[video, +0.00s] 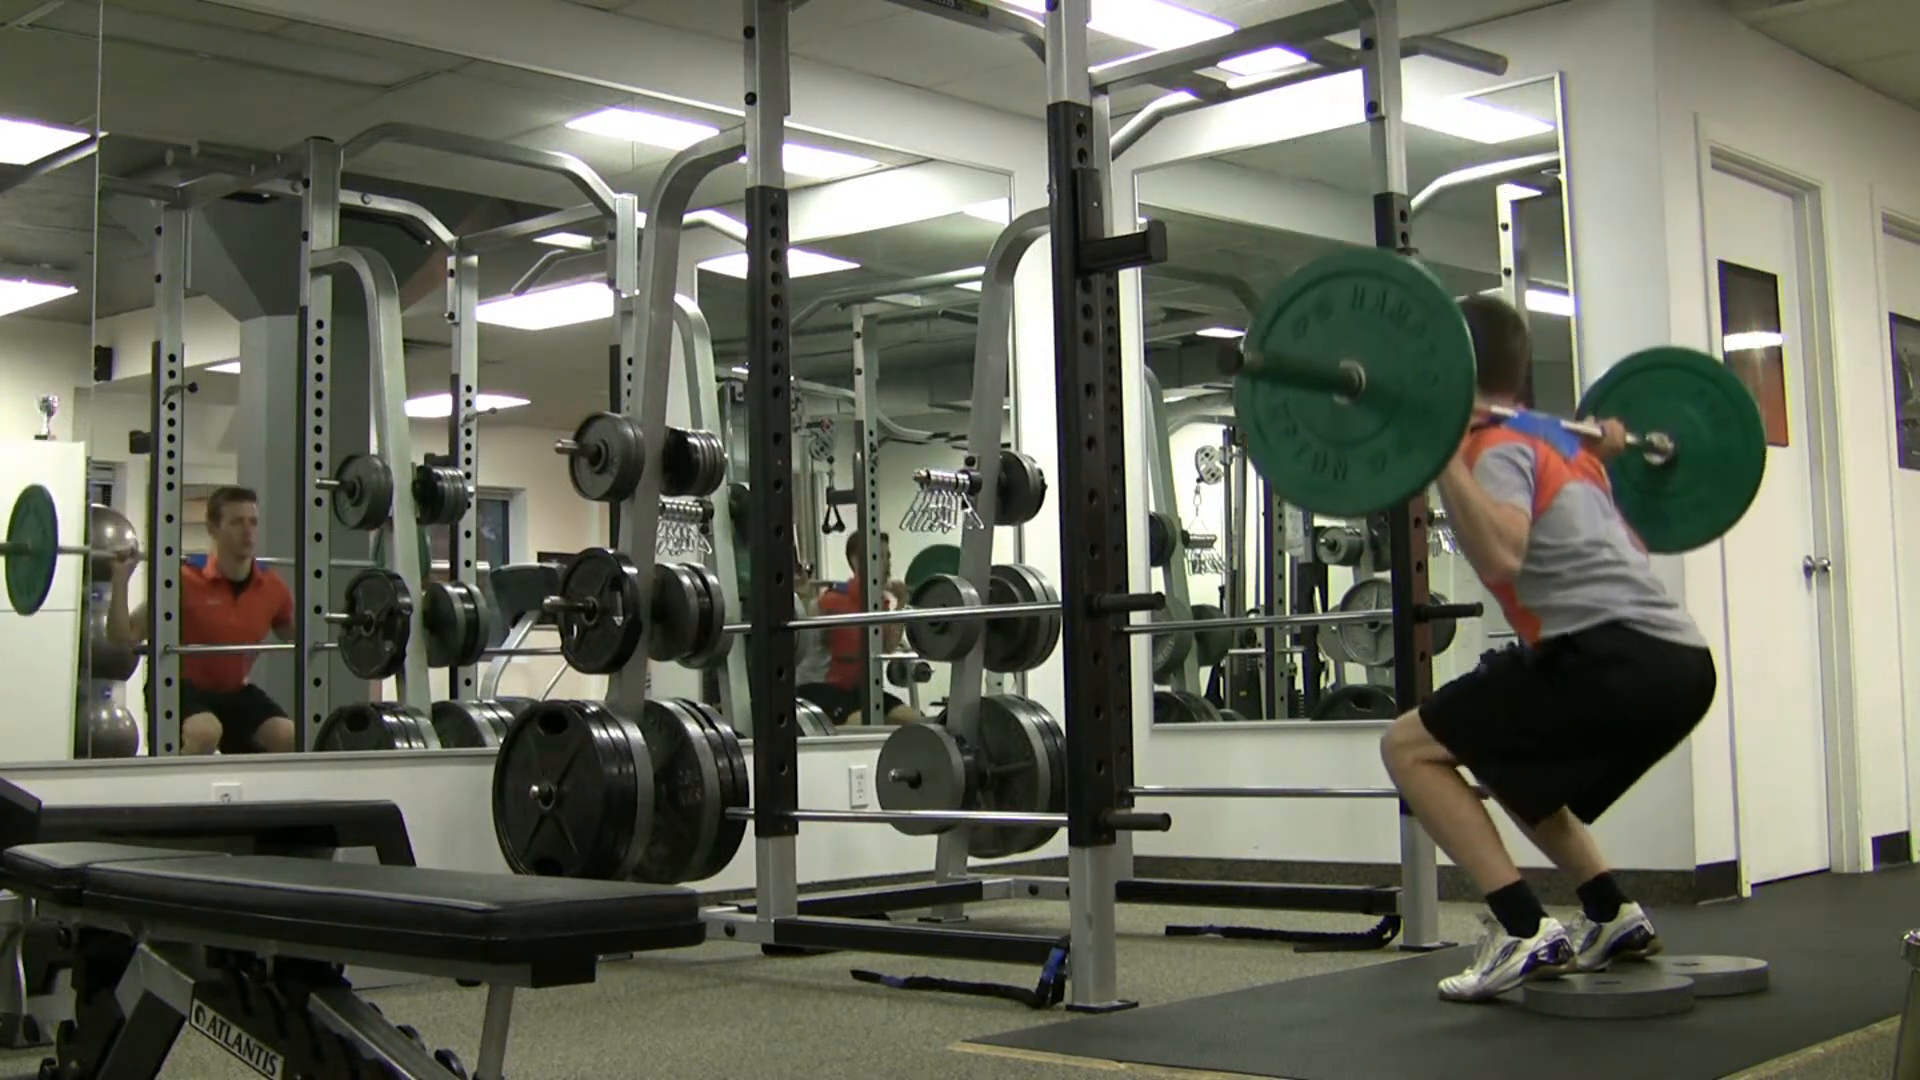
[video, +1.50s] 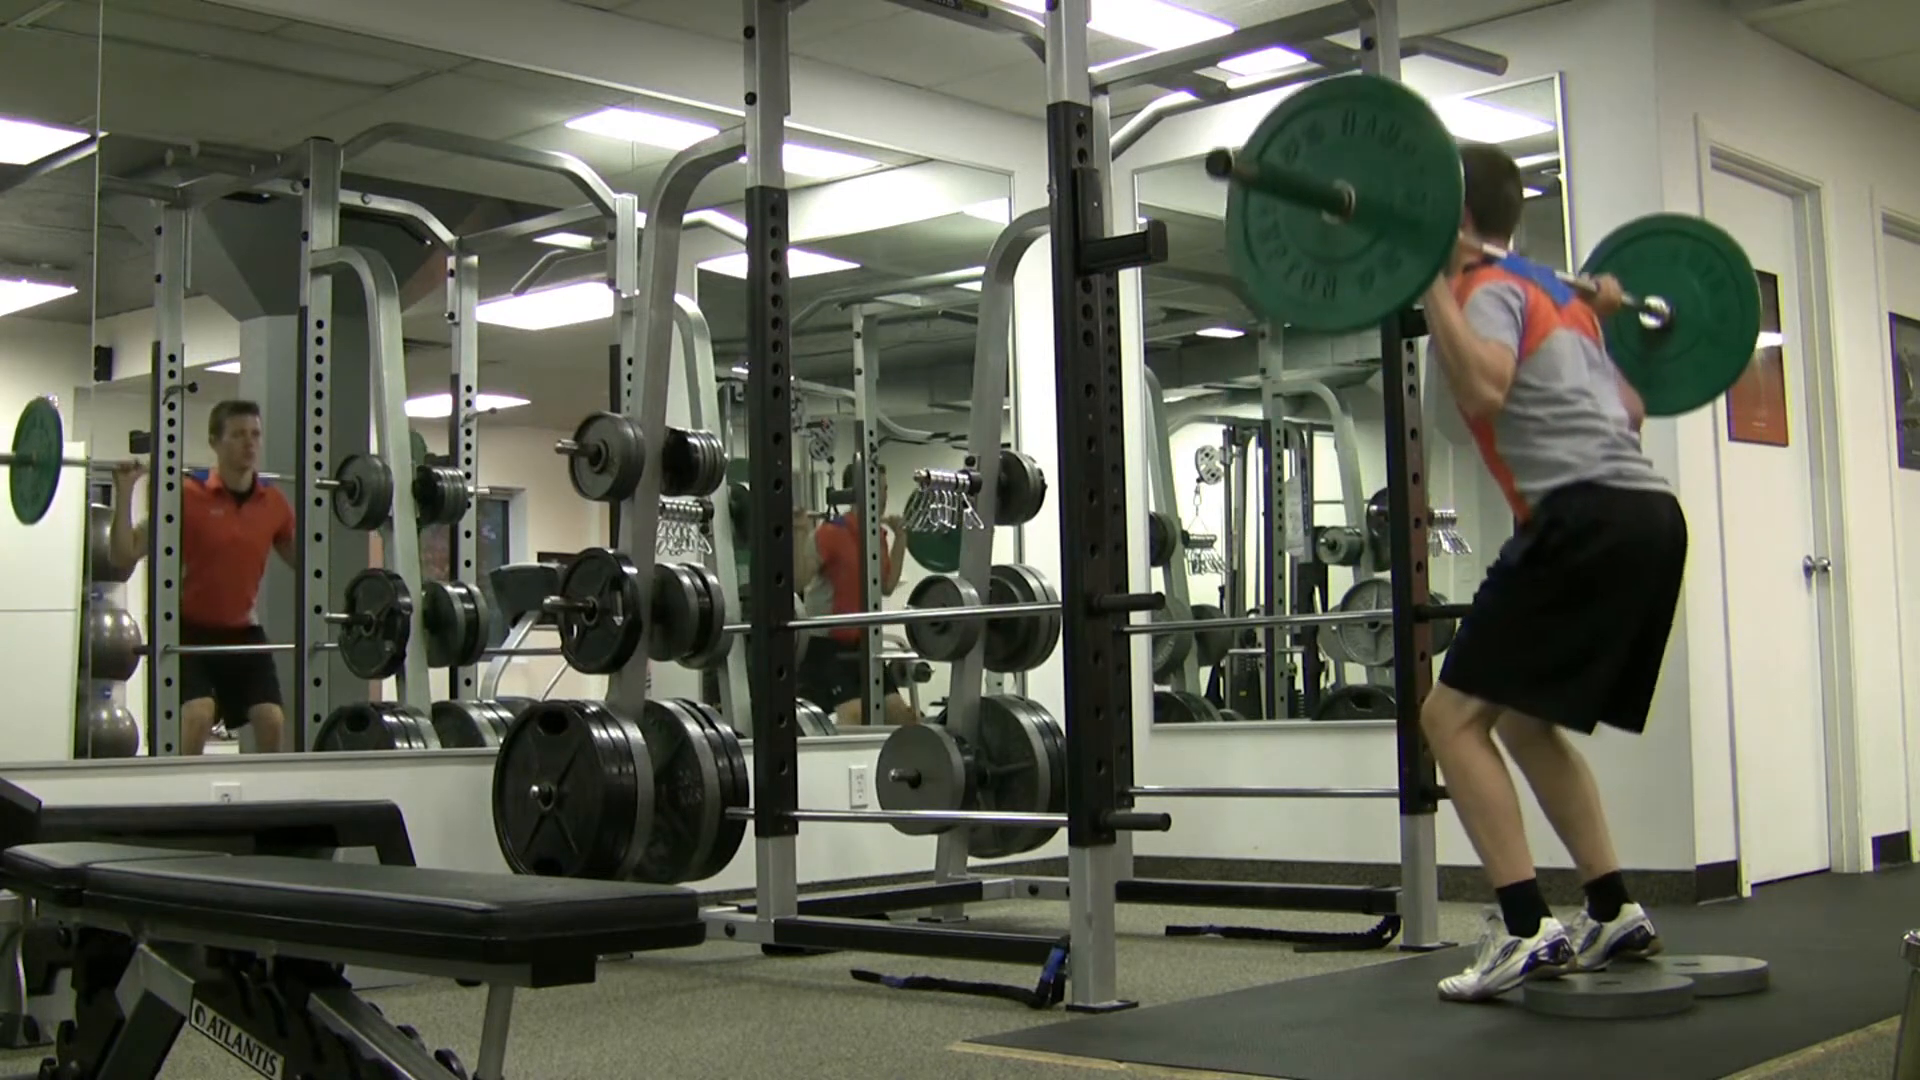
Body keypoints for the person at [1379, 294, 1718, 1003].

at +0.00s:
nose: (1435, 375)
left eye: (1439, 362)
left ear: (1450, 370)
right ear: (1523, 373)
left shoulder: (1498, 442)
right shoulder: (1566, 440)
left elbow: (1501, 559)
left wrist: (1441, 452)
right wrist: (1599, 453)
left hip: (1604, 658)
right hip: (1682, 666)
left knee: (1408, 747)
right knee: (1511, 771)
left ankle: (1524, 929)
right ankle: (1613, 913)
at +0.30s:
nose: (1431, 421)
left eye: (1436, 408)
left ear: (1446, 418)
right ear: (1521, 422)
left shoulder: (1497, 494)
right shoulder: (1564, 487)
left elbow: (1502, 610)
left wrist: (1437, 502)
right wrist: (1599, 497)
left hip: (1617, 699)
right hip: (1683, 710)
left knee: (1403, 750)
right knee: (1507, 777)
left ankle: (1523, 929)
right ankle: (1611, 913)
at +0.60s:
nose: (1423, 427)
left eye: (1429, 413)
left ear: (1442, 423)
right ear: (1515, 427)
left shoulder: (1495, 499)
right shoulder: (1558, 491)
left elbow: (1498, 613)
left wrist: (1433, 507)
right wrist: (1595, 502)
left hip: (1619, 702)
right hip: (1682, 711)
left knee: (1404, 751)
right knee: (1505, 769)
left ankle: (1524, 930)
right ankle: (1611, 912)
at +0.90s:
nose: (1427, 369)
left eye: (1431, 355)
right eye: (1428, 356)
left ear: (1448, 363)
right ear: (1512, 366)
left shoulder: (1494, 434)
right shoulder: (1558, 434)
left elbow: (1493, 546)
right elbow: (1586, 514)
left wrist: (1432, 443)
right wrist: (1594, 448)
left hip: (1606, 642)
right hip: (1682, 647)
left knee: (1413, 744)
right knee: (1513, 765)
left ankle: (1523, 928)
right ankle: (1612, 912)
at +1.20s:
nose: (1429, 300)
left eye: (1431, 284)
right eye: (1428, 286)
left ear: (1450, 289)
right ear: (1513, 291)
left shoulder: (1493, 355)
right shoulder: (1560, 362)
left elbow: (1489, 461)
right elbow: (1626, 465)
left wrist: (1428, 355)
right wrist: (1594, 375)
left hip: (1596, 576)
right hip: (1666, 577)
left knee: (1426, 731)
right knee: (1513, 743)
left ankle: (1522, 928)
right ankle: (1614, 912)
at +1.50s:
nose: (1435, 231)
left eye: (1437, 215)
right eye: (1440, 213)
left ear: (1452, 217)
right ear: (1515, 220)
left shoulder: (1491, 286)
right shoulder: (1563, 298)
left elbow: (1485, 391)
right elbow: (1628, 410)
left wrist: (1433, 286)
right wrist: (1600, 312)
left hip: (1584, 519)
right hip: (1650, 520)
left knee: (1449, 713)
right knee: (1522, 718)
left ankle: (1523, 928)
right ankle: (1615, 911)